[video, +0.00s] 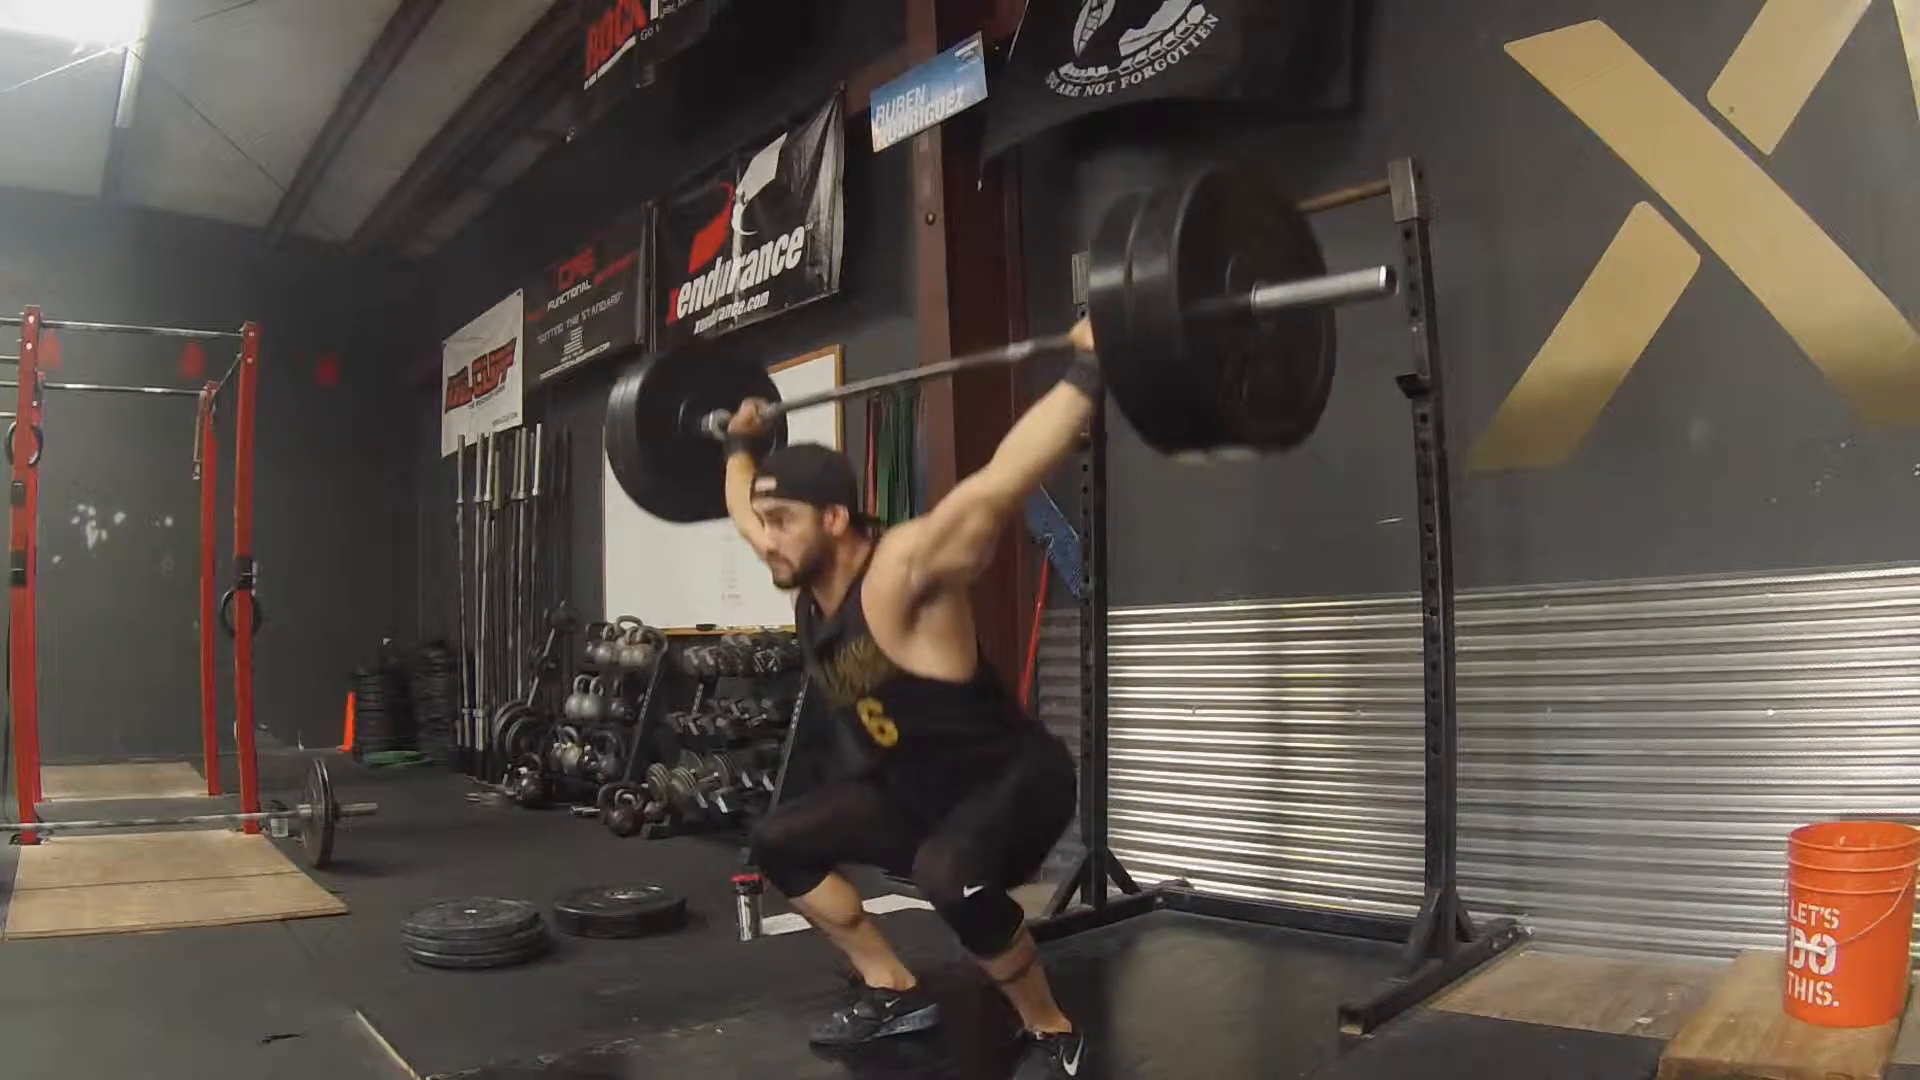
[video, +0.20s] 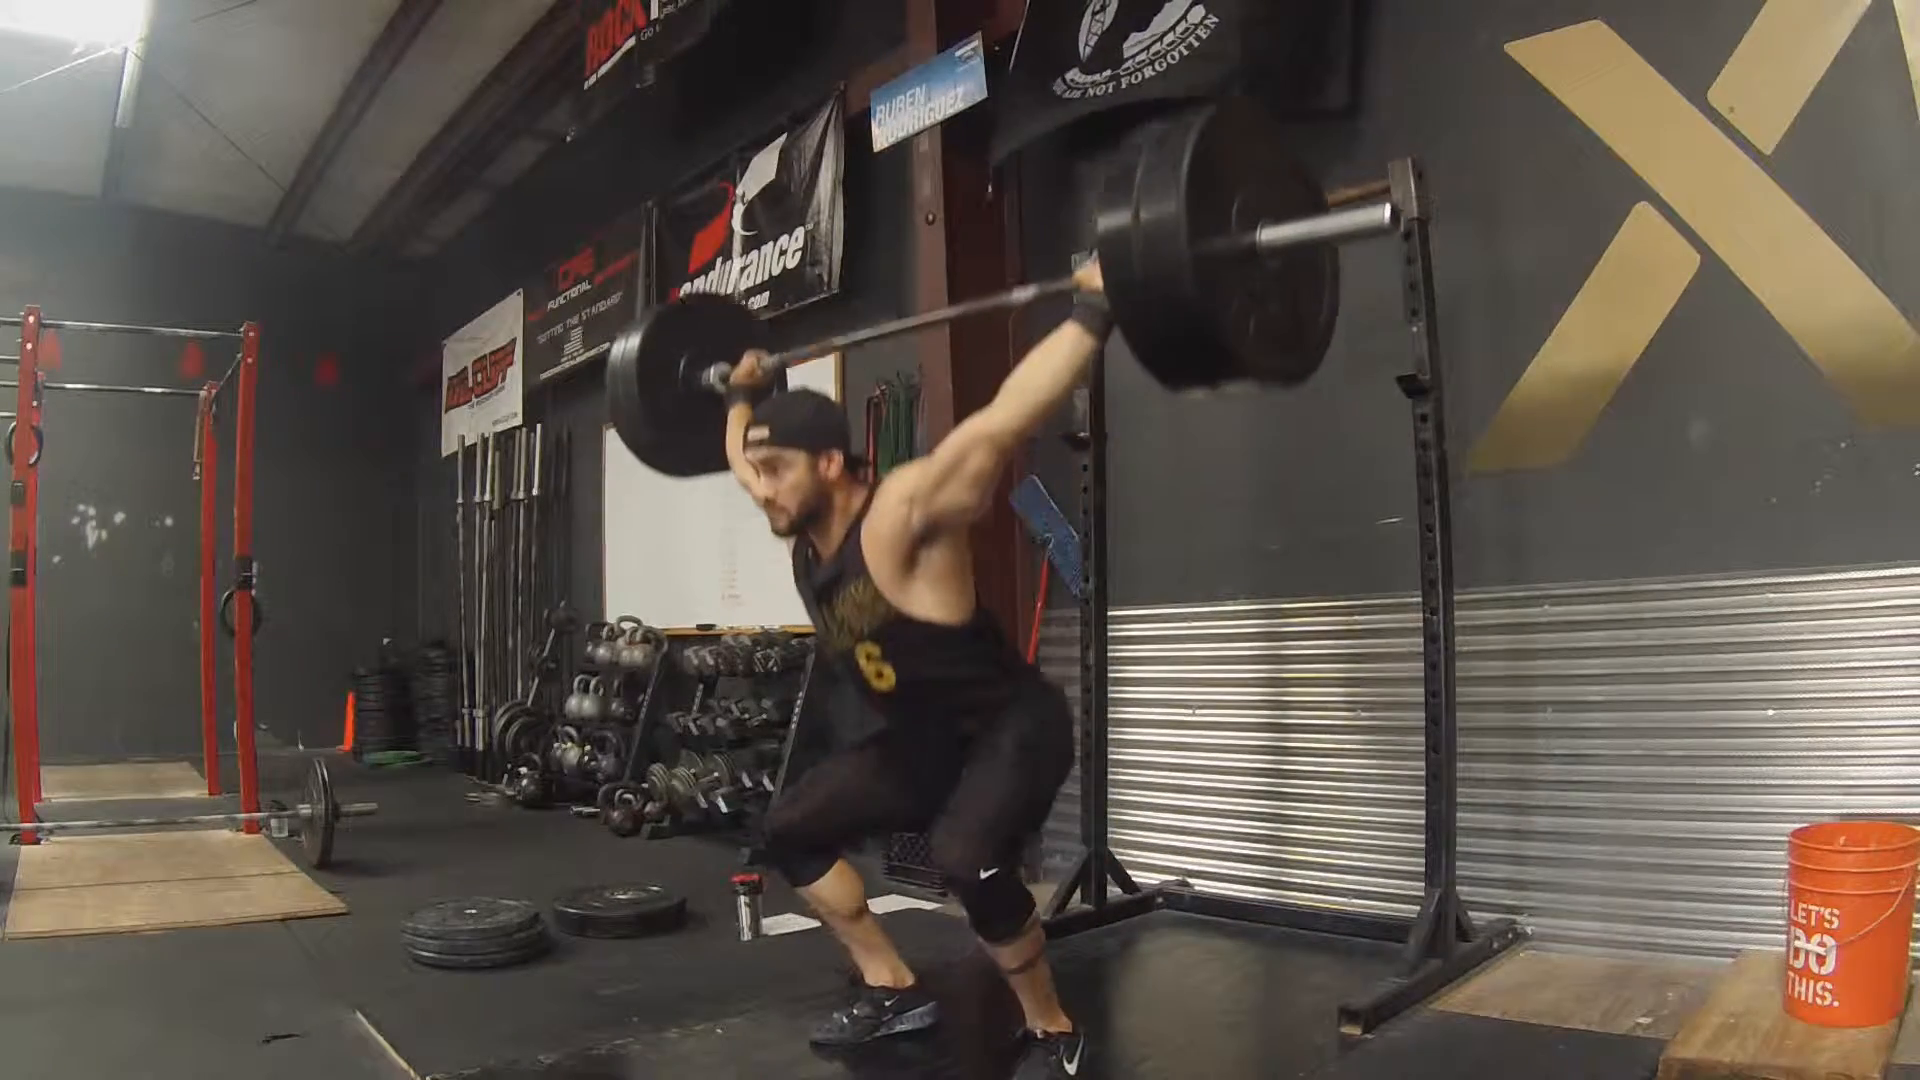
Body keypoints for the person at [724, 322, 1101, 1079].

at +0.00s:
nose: (766, 542)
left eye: (781, 521)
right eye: (759, 524)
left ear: (836, 519)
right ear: (754, 527)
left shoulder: (911, 563)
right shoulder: (813, 593)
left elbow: (1004, 480)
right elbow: (749, 518)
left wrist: (1086, 366)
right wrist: (741, 441)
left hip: (1011, 777)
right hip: (909, 789)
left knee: (949, 874)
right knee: (779, 843)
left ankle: (1052, 1033)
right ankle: (892, 990)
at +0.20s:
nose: (762, 490)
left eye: (774, 470)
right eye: (755, 474)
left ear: (831, 464)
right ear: (756, 477)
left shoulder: (911, 506)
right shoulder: (812, 534)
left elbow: (1005, 420)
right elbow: (748, 466)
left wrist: (1089, 309)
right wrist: (746, 392)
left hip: (1014, 725)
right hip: (917, 740)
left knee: (966, 858)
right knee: (793, 831)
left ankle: (1052, 1031)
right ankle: (892, 990)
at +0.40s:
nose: (769, 431)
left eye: (780, 411)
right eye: (760, 417)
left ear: (837, 401)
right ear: (763, 420)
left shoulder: (916, 442)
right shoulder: (812, 473)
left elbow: (1010, 356)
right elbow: (749, 412)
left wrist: (1097, 242)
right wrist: (747, 340)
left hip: (1012, 677)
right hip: (924, 691)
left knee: (985, 854)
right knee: (804, 819)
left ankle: (1054, 1033)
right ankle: (892, 991)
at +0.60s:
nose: (777, 371)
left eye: (788, 351)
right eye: (769, 359)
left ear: (845, 339)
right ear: (774, 365)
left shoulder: (924, 383)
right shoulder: (815, 418)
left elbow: (1013, 288)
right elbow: (754, 354)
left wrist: (1107, 175)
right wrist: (751, 282)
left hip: (1010, 635)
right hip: (920, 657)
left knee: (992, 835)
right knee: (825, 806)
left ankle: (1057, 1030)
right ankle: (895, 992)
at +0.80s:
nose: (791, 318)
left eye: (802, 298)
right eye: (783, 307)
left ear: (854, 283)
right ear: (792, 311)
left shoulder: (938, 325)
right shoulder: (832, 365)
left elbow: (1016, 226)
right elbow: (764, 303)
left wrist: (1112, 117)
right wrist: (760, 230)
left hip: (1000, 598)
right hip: (910, 623)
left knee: (1005, 821)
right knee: (853, 796)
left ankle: (1057, 1032)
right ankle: (899, 997)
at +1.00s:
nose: (807, 292)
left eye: (817, 271)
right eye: (797, 280)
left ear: (868, 255)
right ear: (813, 280)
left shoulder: (949, 290)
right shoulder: (853, 334)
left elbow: (1026, 188)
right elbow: (779, 268)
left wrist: (1115, 80)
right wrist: (769, 200)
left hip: (985, 588)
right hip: (900, 608)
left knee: (1008, 795)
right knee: (879, 787)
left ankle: (1057, 1031)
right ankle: (899, 998)